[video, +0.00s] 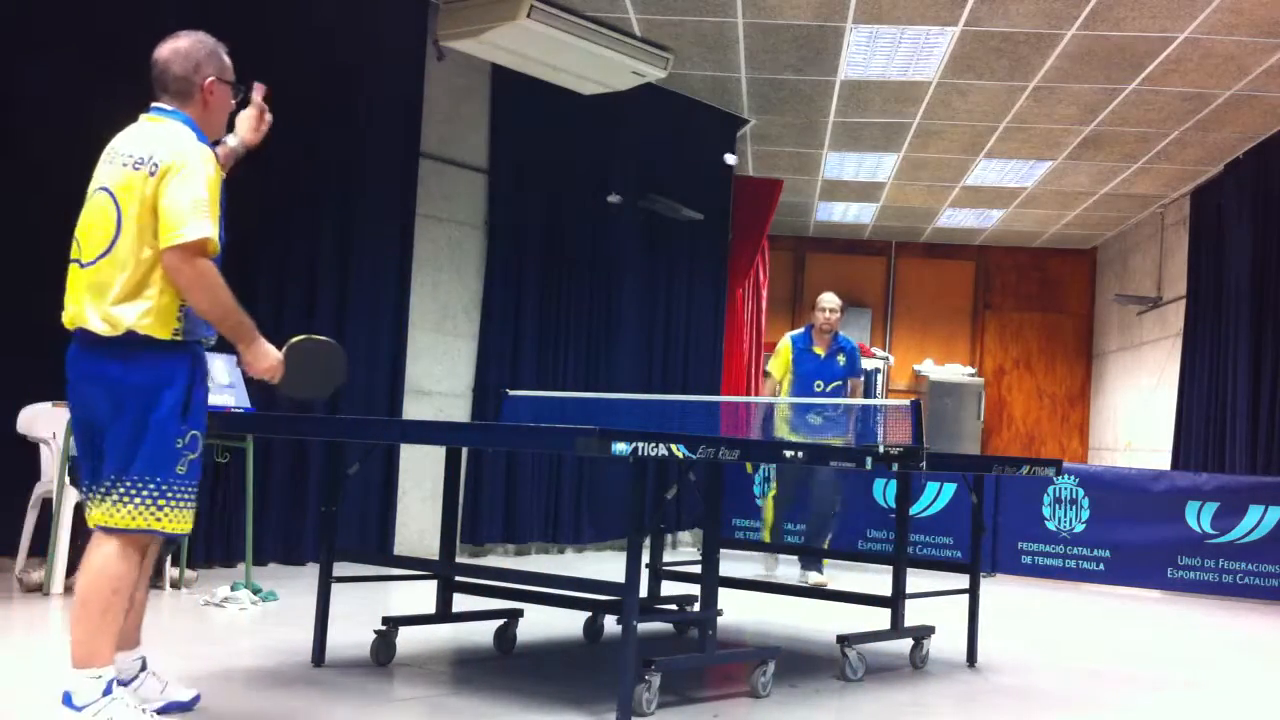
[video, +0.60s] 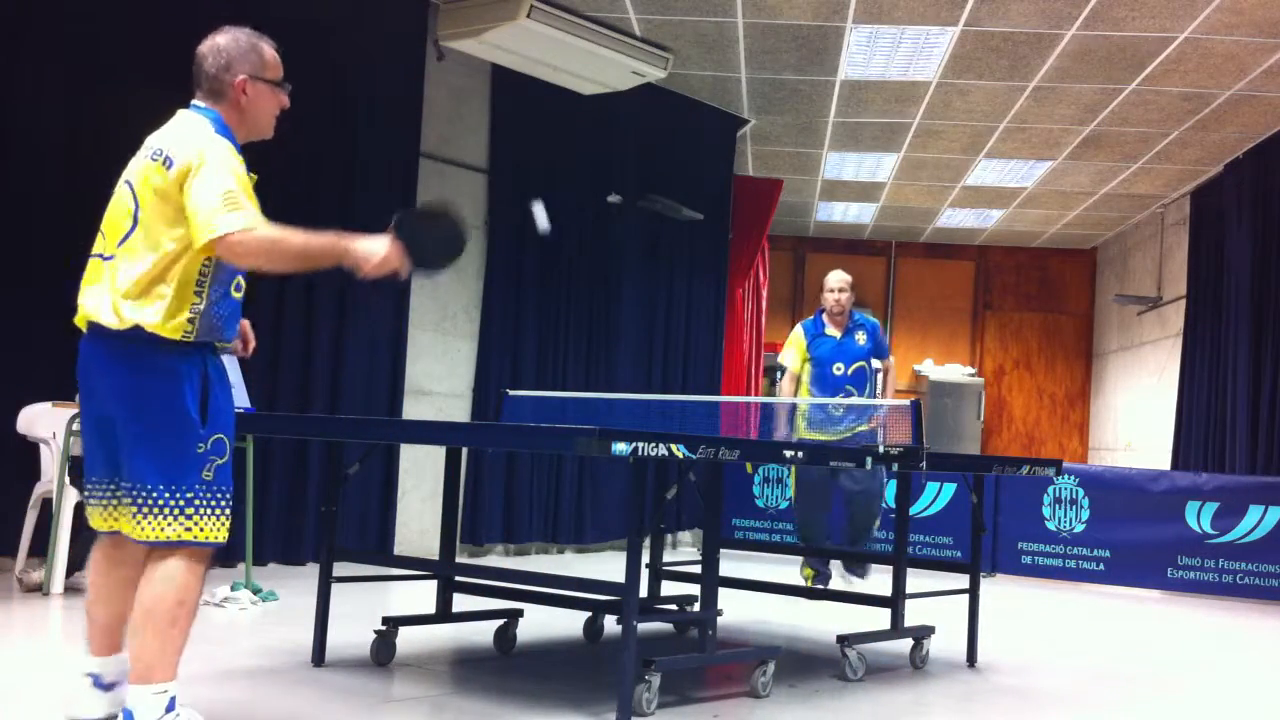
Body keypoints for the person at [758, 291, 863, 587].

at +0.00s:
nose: (828, 316)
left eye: (833, 311)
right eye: (823, 310)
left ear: (841, 316)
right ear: (813, 314)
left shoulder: (849, 350)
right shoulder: (792, 342)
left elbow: (856, 391)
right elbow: (770, 384)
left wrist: (850, 430)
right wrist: (757, 427)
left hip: (833, 439)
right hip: (792, 436)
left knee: (826, 499)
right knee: (784, 494)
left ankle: (811, 563)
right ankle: (771, 547)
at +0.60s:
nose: (837, 297)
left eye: (843, 291)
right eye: (831, 291)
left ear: (852, 295)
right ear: (822, 296)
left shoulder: (870, 327)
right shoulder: (804, 331)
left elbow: (888, 366)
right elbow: (788, 380)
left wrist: (885, 409)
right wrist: (781, 426)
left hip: (859, 433)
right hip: (814, 434)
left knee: (866, 492)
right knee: (811, 499)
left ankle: (856, 551)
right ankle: (815, 566)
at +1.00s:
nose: (862, 293)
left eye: (870, 287)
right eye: (857, 287)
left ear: (883, 292)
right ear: (849, 292)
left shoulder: (902, 330)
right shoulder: (831, 331)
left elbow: (918, 375)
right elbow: (809, 379)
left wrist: (915, 418)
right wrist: (830, 397)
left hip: (888, 441)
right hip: (840, 440)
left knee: (883, 514)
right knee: (829, 509)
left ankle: (872, 592)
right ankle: (820, 566)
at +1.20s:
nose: (868, 286)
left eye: (875, 279)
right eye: (863, 280)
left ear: (891, 284)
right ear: (857, 285)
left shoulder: (915, 321)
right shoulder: (844, 325)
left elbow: (944, 365)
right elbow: (824, 372)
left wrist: (934, 407)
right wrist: (824, 406)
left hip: (900, 438)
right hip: (853, 436)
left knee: (889, 515)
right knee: (853, 507)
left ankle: (875, 596)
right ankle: (844, 594)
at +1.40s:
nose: (870, 291)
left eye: (878, 284)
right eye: (865, 285)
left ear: (895, 289)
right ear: (859, 291)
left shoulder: (923, 323)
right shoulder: (849, 332)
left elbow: (957, 368)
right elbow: (833, 380)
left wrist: (945, 414)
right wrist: (824, 409)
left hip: (912, 444)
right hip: (863, 444)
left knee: (917, 524)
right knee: (860, 524)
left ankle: (889, 595)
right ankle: (866, 607)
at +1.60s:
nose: (879, 289)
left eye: (887, 281)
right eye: (874, 282)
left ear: (906, 284)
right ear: (869, 287)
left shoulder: (936, 315)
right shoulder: (862, 329)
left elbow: (982, 351)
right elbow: (850, 379)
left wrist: (967, 395)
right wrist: (848, 403)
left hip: (936, 432)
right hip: (886, 438)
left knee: (961, 504)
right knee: (864, 514)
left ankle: (966, 592)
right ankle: (865, 606)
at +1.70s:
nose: (890, 292)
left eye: (898, 284)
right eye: (885, 286)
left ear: (917, 288)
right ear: (879, 291)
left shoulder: (947, 316)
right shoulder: (874, 332)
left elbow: (997, 353)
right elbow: (865, 382)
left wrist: (980, 397)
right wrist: (865, 406)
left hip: (947, 433)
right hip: (896, 437)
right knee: (872, 509)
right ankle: (864, 605)